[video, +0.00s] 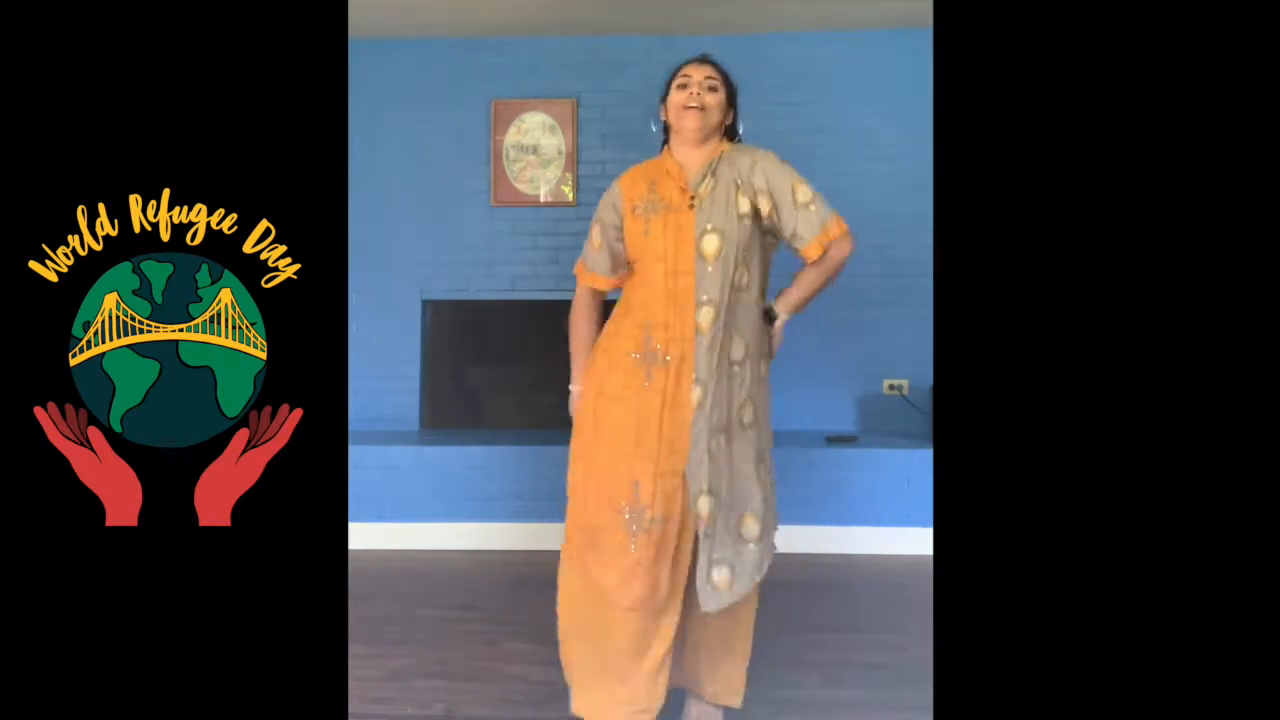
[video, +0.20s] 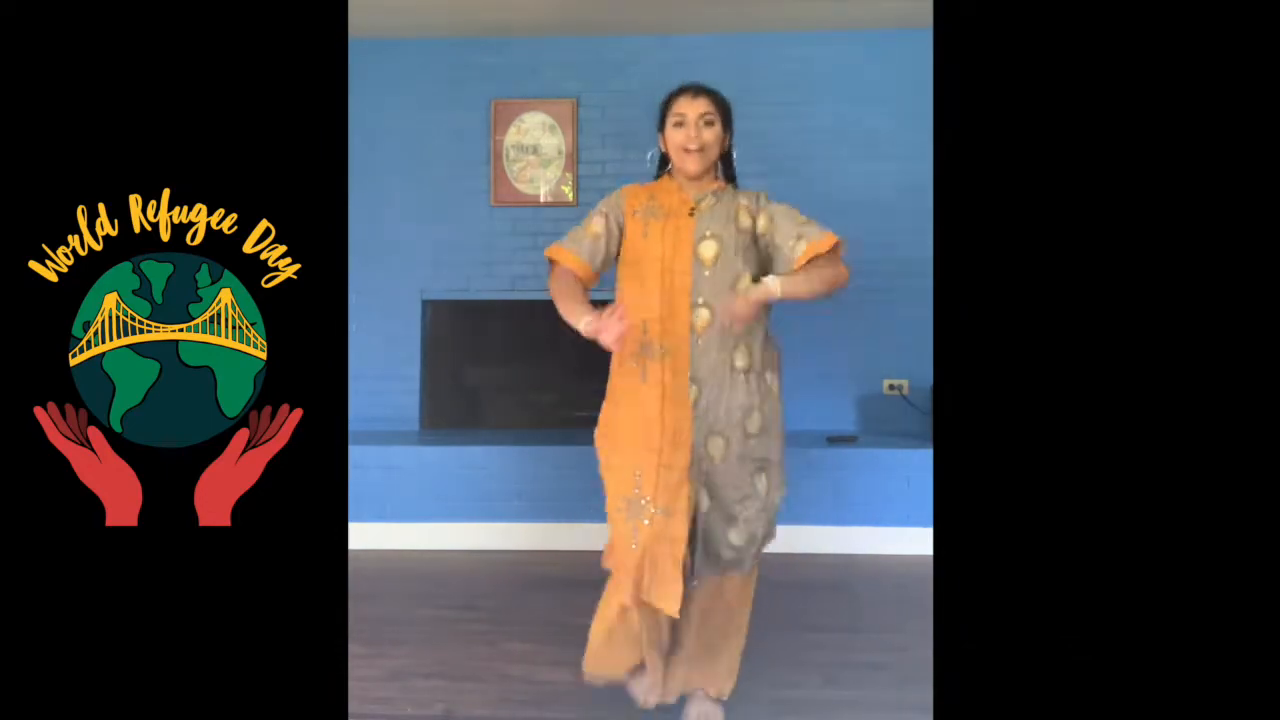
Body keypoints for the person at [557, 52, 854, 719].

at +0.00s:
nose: (695, 92)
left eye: (710, 85)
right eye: (683, 85)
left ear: (729, 110)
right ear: (663, 109)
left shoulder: (755, 170)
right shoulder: (630, 186)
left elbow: (836, 243)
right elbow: (589, 290)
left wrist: (777, 314)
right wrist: (581, 384)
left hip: (721, 379)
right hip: (634, 376)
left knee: (719, 530)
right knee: (624, 536)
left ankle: (707, 694)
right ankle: (620, 698)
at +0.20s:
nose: (693, 133)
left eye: (706, 123)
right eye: (680, 123)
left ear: (725, 137)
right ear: (663, 138)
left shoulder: (756, 212)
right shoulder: (629, 207)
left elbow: (834, 269)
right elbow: (564, 272)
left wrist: (766, 289)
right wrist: (588, 319)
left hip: (733, 402)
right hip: (646, 400)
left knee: (728, 542)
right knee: (646, 533)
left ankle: (706, 686)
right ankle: (642, 661)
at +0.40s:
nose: (687, 110)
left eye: (700, 99)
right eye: (673, 101)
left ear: (720, 116)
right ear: (656, 120)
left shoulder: (751, 200)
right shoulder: (624, 193)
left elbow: (768, 311)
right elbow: (588, 291)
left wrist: (773, 277)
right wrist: (618, 248)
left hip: (725, 400)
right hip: (638, 399)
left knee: (722, 551)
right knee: (632, 553)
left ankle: (708, 699)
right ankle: (653, 701)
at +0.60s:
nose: (677, 86)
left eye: (690, 77)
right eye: (663, 78)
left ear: (710, 99)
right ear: (644, 101)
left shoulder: (738, 160)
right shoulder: (619, 167)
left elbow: (762, 255)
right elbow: (591, 231)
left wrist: (757, 299)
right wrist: (589, 254)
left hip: (711, 368)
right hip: (628, 369)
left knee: (714, 518)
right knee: (621, 519)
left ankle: (710, 675)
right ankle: (616, 684)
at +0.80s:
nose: (674, 91)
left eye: (688, 80)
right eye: (660, 83)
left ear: (712, 99)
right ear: (645, 105)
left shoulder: (747, 174)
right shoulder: (623, 175)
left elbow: (753, 274)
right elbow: (607, 270)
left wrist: (769, 360)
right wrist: (582, 348)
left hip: (718, 388)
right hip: (630, 387)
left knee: (710, 545)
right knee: (631, 544)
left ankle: (708, 704)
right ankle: (631, 701)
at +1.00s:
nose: (682, 137)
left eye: (696, 124)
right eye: (668, 127)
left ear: (722, 134)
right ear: (655, 141)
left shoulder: (758, 221)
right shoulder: (627, 211)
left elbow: (771, 334)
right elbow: (594, 327)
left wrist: (795, 433)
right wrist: (575, 429)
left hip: (730, 429)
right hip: (638, 426)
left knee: (725, 584)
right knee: (644, 570)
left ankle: (705, 710)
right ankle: (643, 702)